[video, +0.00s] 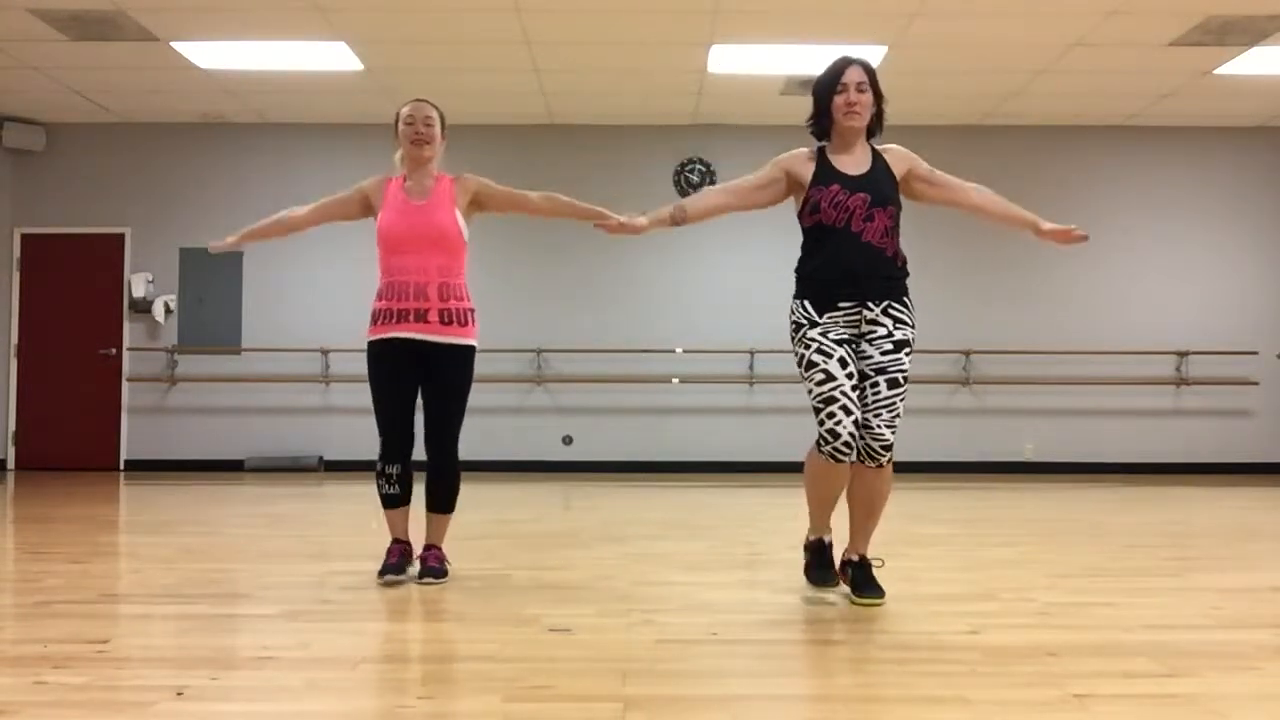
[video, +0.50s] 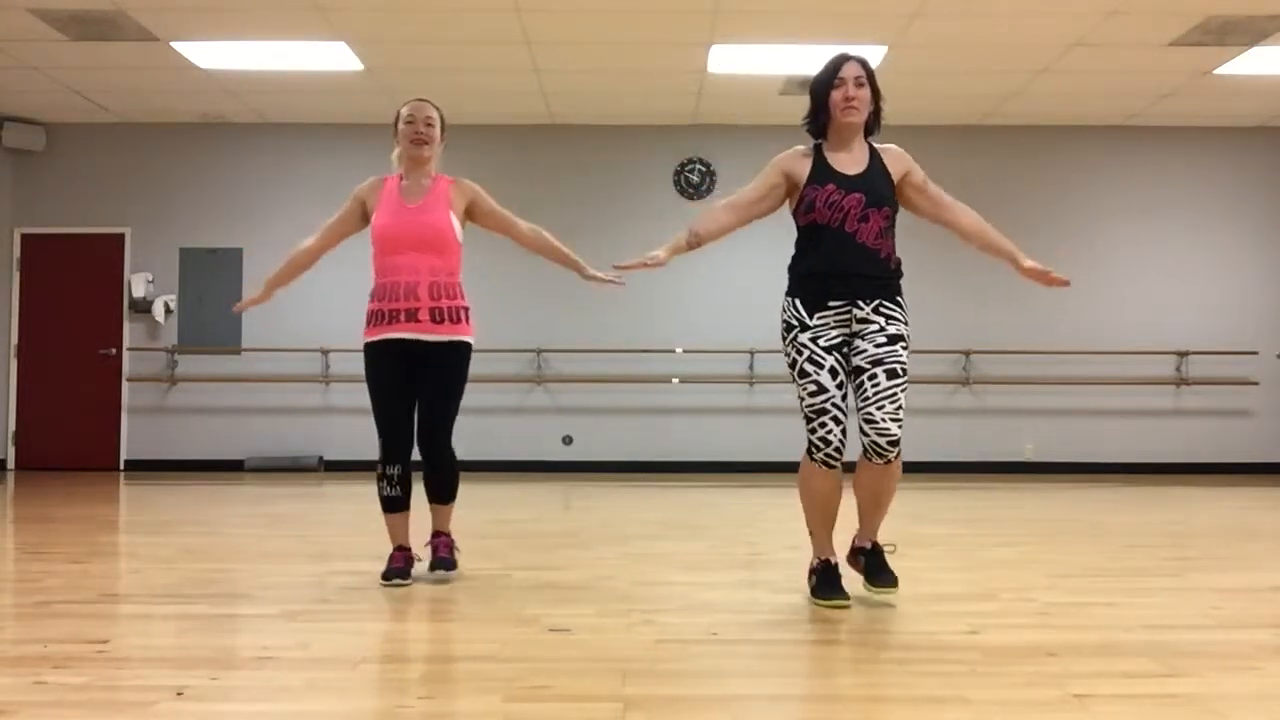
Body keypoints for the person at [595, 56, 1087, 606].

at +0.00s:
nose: (854, 98)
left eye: (863, 89)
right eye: (844, 89)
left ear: (876, 102)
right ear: (825, 103)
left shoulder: (897, 162)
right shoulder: (800, 165)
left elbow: (968, 194)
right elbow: (723, 197)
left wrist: (1037, 224)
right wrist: (649, 220)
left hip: (888, 311)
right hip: (821, 312)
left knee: (879, 438)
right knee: (840, 430)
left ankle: (857, 557)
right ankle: (818, 540)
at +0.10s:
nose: (853, 98)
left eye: (862, 90)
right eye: (842, 90)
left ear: (875, 102)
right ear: (823, 103)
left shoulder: (895, 164)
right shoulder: (799, 166)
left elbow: (968, 198)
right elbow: (724, 201)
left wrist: (1036, 230)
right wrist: (653, 228)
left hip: (888, 312)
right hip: (821, 314)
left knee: (879, 440)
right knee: (842, 434)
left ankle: (858, 557)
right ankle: (822, 554)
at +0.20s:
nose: (851, 100)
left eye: (861, 92)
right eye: (841, 91)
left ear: (874, 104)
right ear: (823, 104)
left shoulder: (894, 165)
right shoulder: (796, 167)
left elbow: (962, 202)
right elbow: (723, 206)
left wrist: (1032, 236)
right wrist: (654, 234)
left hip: (884, 315)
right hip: (818, 316)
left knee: (877, 441)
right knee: (836, 439)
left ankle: (858, 556)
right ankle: (825, 559)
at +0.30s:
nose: (850, 94)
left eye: (859, 86)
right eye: (840, 86)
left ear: (872, 100)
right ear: (822, 100)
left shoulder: (893, 162)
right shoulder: (796, 164)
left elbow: (958, 204)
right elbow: (725, 207)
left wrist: (1027, 243)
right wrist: (657, 239)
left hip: (880, 312)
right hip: (814, 314)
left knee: (878, 441)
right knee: (831, 439)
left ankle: (860, 553)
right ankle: (823, 561)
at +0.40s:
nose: (851, 91)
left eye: (860, 83)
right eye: (840, 84)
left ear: (872, 99)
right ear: (822, 100)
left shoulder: (893, 161)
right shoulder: (795, 163)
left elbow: (955, 208)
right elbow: (729, 207)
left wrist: (1022, 249)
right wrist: (665, 242)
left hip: (880, 311)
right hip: (812, 313)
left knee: (886, 436)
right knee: (829, 437)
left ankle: (862, 543)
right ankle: (824, 560)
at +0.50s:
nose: (852, 91)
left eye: (861, 83)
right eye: (841, 83)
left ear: (873, 99)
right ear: (823, 98)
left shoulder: (894, 161)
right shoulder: (796, 163)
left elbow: (954, 213)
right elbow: (732, 209)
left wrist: (1018, 258)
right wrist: (672, 246)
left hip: (881, 309)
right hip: (813, 311)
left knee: (885, 433)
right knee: (829, 435)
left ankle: (866, 543)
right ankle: (824, 560)